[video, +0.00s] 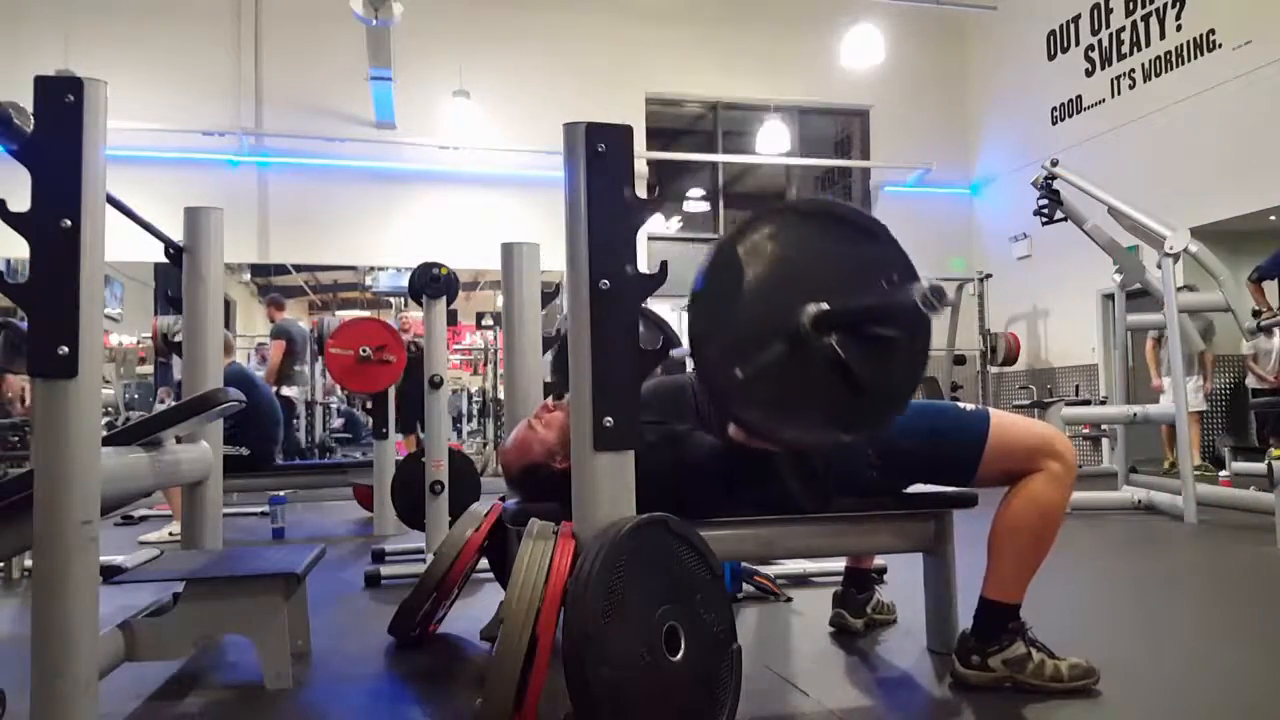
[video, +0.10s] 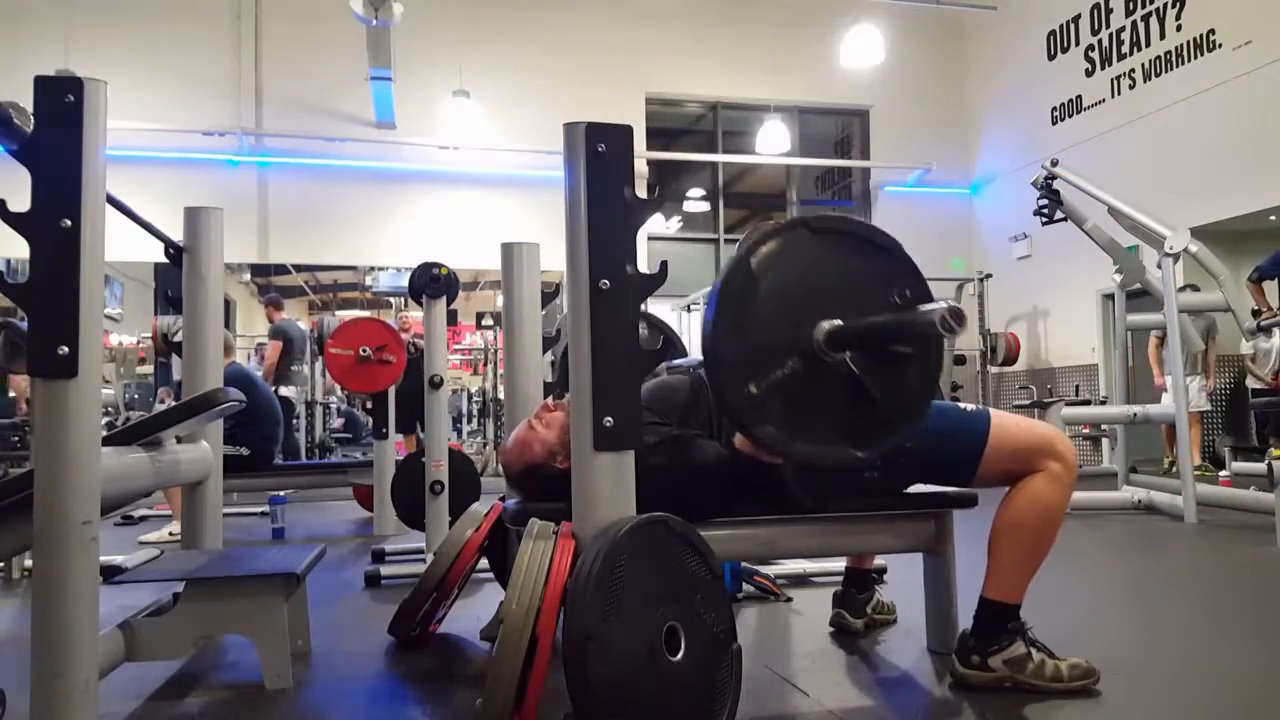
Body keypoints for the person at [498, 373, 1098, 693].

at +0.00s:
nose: (542, 414)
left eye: (529, 420)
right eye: (534, 429)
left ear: (539, 439)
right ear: (545, 461)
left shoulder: (599, 430)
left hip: (774, 427)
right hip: (821, 439)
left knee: (894, 437)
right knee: (1052, 455)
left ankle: (857, 591)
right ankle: (993, 637)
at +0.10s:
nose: (543, 411)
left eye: (530, 418)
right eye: (536, 428)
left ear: (543, 424)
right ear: (550, 462)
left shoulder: (608, 420)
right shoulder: (616, 455)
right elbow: (738, 454)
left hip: (784, 430)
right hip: (833, 442)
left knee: (879, 442)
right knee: (1052, 455)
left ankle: (858, 593)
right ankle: (992, 639)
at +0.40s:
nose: (544, 408)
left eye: (533, 414)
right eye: (537, 426)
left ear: (554, 436)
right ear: (555, 458)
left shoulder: (611, 428)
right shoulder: (627, 442)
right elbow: (766, 466)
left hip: (802, 436)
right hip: (833, 447)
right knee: (1053, 456)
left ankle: (856, 595)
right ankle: (992, 639)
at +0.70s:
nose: (545, 408)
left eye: (534, 415)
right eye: (538, 426)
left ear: (554, 437)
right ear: (556, 458)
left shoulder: (615, 426)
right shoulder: (629, 445)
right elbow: (762, 464)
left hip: (805, 432)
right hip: (837, 437)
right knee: (1053, 455)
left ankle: (856, 595)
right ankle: (993, 639)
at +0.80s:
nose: (542, 407)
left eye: (531, 416)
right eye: (536, 424)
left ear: (550, 436)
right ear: (553, 453)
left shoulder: (612, 420)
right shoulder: (621, 450)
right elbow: (746, 451)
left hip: (799, 424)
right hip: (832, 433)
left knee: (890, 446)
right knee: (1052, 455)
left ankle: (855, 597)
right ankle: (993, 640)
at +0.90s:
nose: (531, 423)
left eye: (523, 425)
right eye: (526, 433)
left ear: (538, 438)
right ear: (545, 458)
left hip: (758, 436)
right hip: (813, 437)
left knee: (890, 423)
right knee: (1051, 454)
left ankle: (858, 594)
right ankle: (992, 644)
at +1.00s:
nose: (534, 408)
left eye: (522, 414)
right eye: (529, 425)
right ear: (549, 459)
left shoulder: (606, 427)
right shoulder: (601, 453)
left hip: (773, 435)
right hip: (823, 435)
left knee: (887, 440)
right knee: (1046, 452)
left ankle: (859, 590)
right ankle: (993, 640)